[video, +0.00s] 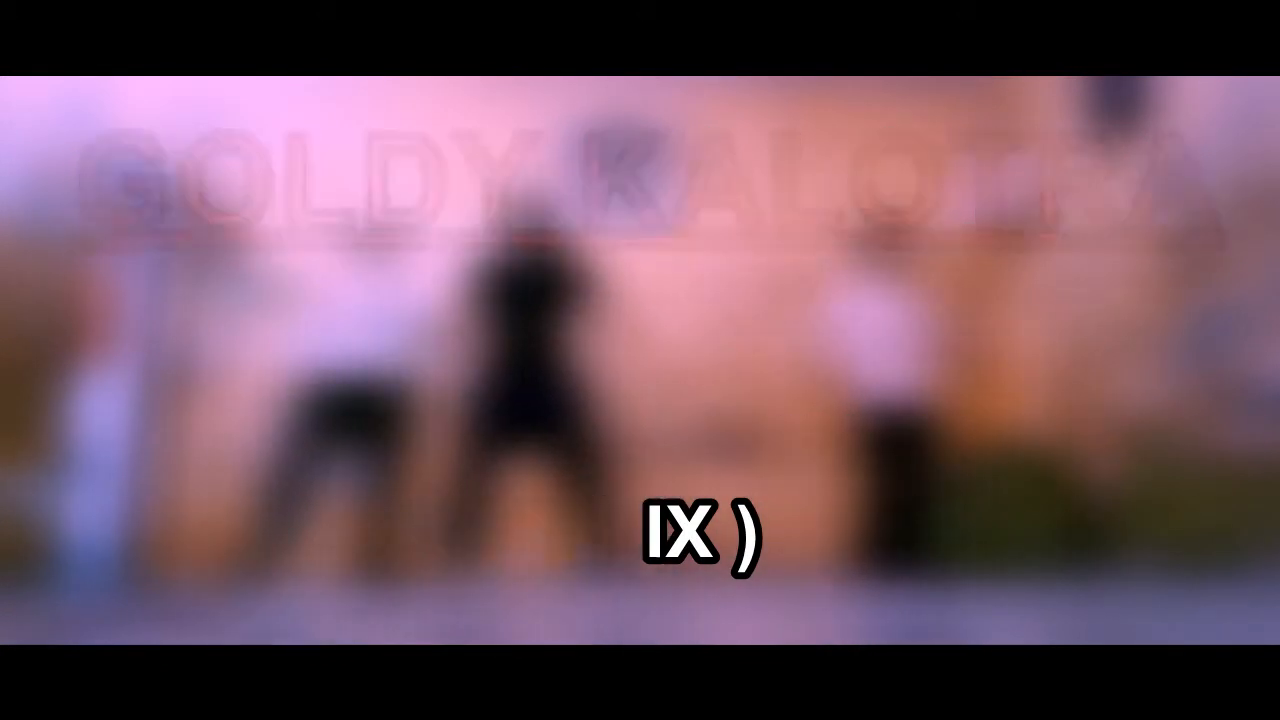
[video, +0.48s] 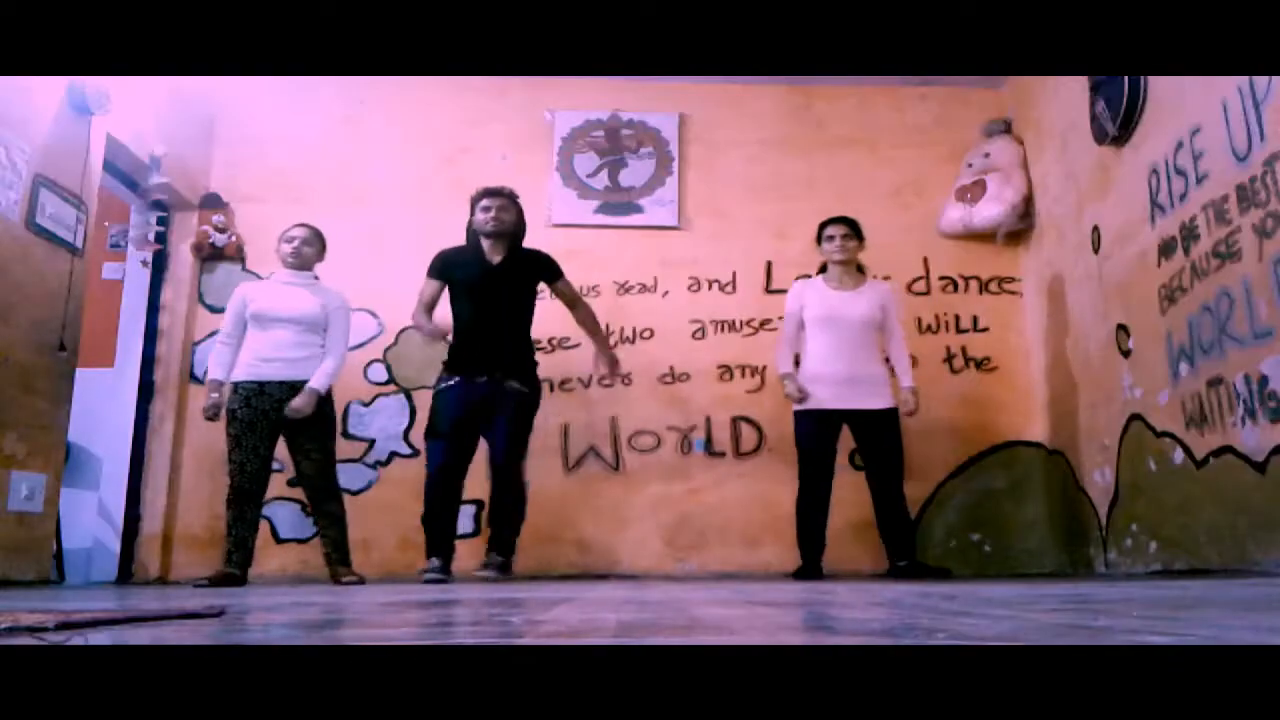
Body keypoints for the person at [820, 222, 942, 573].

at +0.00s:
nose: (887, 248)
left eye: (894, 237)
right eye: (879, 237)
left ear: (904, 243)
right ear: (863, 242)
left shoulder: (912, 289)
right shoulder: (848, 290)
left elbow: (933, 343)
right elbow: (831, 346)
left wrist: (928, 383)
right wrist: (854, 383)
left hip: (913, 398)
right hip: (871, 399)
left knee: (916, 485)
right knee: (880, 487)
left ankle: (913, 552)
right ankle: (879, 554)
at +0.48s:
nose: (839, 244)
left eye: (847, 238)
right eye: (830, 239)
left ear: (860, 246)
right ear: (820, 249)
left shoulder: (880, 292)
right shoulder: (802, 291)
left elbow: (895, 340)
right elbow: (787, 339)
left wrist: (907, 385)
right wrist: (787, 376)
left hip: (873, 401)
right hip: (817, 403)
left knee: (888, 485)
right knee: (813, 486)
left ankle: (903, 561)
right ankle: (810, 563)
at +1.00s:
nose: (892, 226)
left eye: (900, 219)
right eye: (881, 220)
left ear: (912, 230)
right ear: (865, 230)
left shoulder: (932, 277)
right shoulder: (843, 279)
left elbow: (977, 312)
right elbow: (801, 325)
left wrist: (976, 275)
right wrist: (765, 360)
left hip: (919, 404)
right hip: (868, 401)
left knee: (918, 499)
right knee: (911, 494)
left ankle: (895, 595)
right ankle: (918, 596)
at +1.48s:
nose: (934, 227)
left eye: (941, 221)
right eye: (923, 221)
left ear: (950, 230)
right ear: (903, 230)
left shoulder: (961, 285)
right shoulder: (884, 274)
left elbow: (1010, 308)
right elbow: (833, 317)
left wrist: (1022, 258)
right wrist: (802, 305)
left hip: (945, 408)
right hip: (915, 407)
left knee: (935, 499)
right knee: (987, 493)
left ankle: (911, 595)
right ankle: (984, 594)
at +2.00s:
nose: (902, 251)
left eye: (907, 246)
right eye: (893, 245)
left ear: (913, 254)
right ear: (875, 253)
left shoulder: (906, 300)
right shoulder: (866, 285)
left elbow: (948, 329)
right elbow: (842, 324)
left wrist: (973, 307)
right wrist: (889, 292)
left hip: (904, 394)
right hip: (887, 394)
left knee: (920, 473)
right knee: (943, 468)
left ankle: (900, 555)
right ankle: (917, 554)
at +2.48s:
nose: (894, 256)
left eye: (900, 251)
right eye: (885, 249)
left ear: (905, 258)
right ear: (868, 255)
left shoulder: (890, 301)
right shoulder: (859, 289)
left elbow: (938, 333)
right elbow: (832, 335)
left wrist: (949, 300)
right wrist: (876, 339)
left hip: (888, 398)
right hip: (890, 396)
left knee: (910, 477)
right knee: (984, 440)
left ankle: (896, 559)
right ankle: (977, 527)